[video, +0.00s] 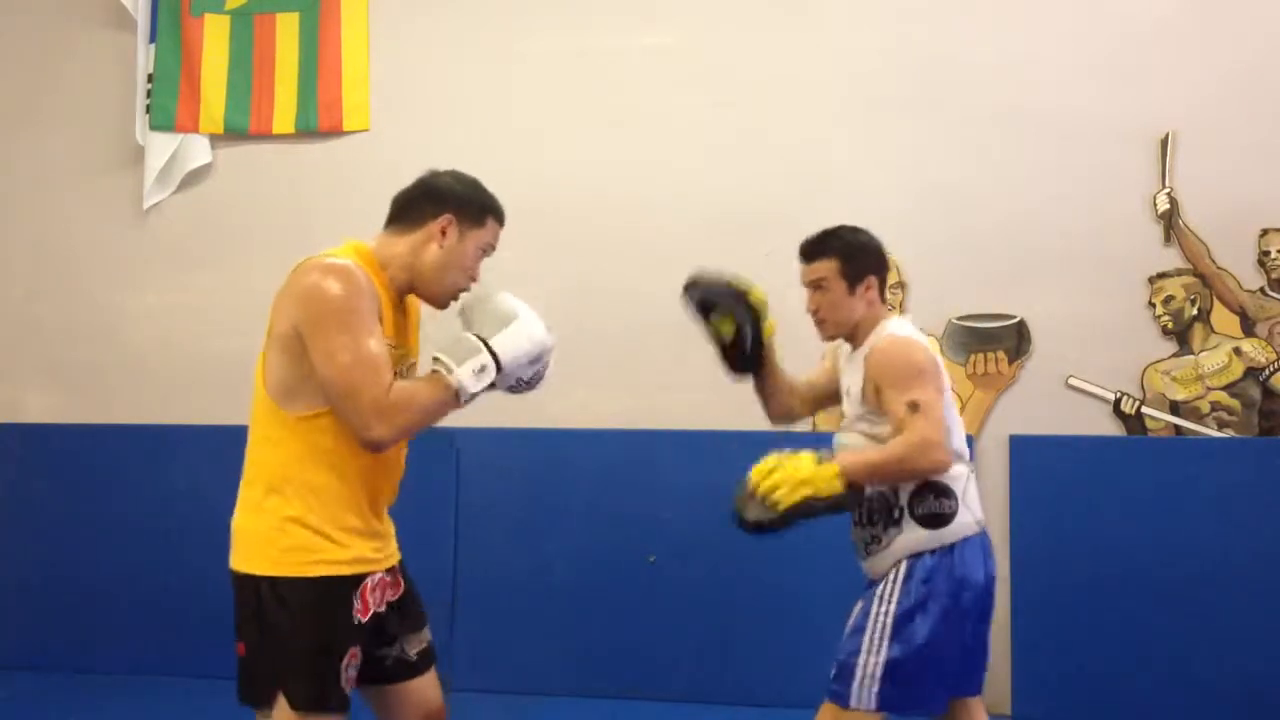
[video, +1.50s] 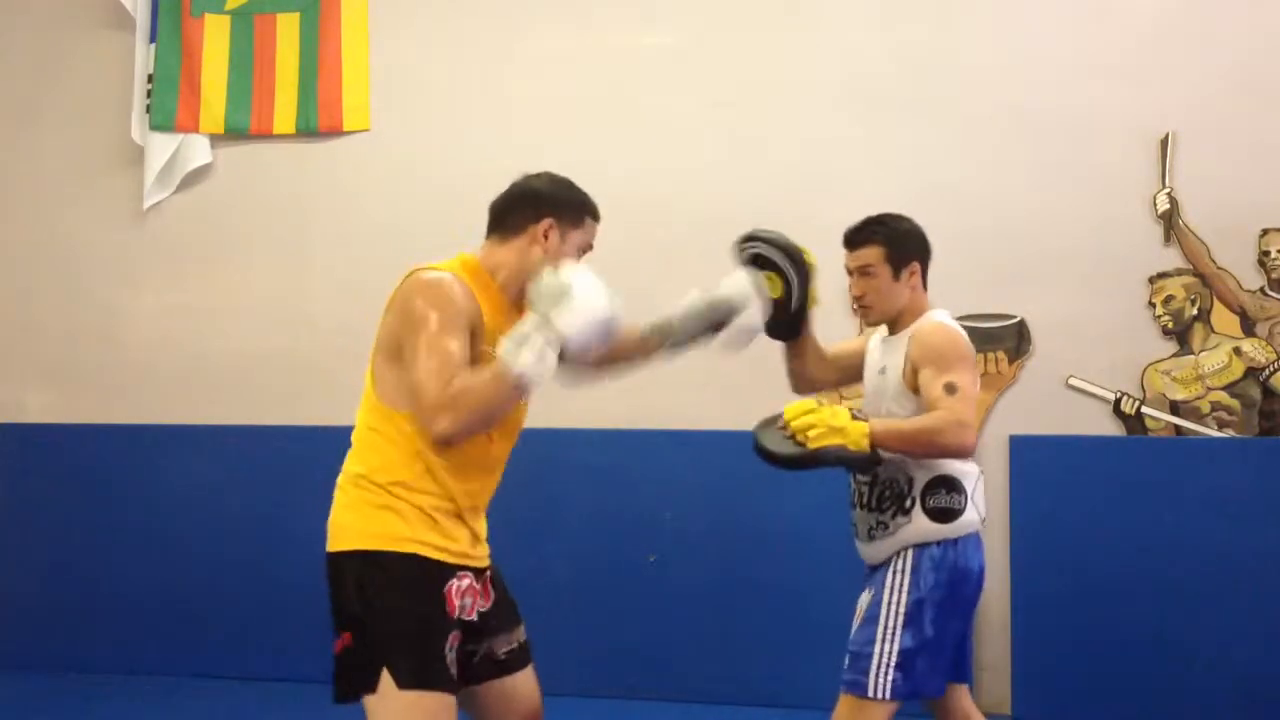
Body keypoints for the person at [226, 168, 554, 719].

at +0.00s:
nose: (477, 275)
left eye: (486, 259)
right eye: (481, 254)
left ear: (441, 234)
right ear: (443, 231)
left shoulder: (399, 301)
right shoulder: (331, 286)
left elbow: (395, 404)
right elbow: (377, 421)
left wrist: (478, 367)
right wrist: (474, 366)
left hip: (368, 550)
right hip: (298, 560)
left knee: (420, 709)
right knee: (303, 711)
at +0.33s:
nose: (484, 278)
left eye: (487, 262)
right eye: (483, 259)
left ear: (442, 248)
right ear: (446, 248)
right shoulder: (383, 306)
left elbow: (437, 410)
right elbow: (433, 411)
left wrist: (482, 348)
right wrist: (498, 352)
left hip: (366, 576)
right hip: (332, 587)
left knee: (451, 691)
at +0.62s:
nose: (532, 262)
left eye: (533, 245)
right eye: (529, 243)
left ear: (457, 240)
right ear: (497, 239)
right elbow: (625, 385)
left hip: (339, 546)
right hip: (400, 555)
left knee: (458, 690)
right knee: (402, 710)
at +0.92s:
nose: (550, 261)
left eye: (555, 244)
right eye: (550, 240)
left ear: (509, 227)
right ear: (516, 227)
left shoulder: (428, 279)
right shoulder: (472, 291)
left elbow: (432, 400)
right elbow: (500, 427)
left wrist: (513, 363)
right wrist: (579, 379)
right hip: (411, 553)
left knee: (478, 698)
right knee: (430, 708)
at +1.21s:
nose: (538, 298)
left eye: (546, 286)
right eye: (541, 281)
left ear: (514, 254)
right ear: (515, 255)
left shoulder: (456, 309)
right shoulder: (430, 309)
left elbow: (507, 417)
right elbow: (522, 425)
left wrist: (561, 383)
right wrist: (562, 315)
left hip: (443, 566)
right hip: (390, 576)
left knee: (532, 702)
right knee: (426, 710)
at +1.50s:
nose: (580, 267)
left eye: (586, 256)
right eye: (580, 252)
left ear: (542, 235)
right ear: (543, 234)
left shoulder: (516, 307)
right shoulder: (437, 292)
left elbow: (591, 352)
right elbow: (443, 414)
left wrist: (691, 322)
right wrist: (542, 337)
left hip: (459, 539)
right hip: (390, 538)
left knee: (516, 703)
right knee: (416, 707)